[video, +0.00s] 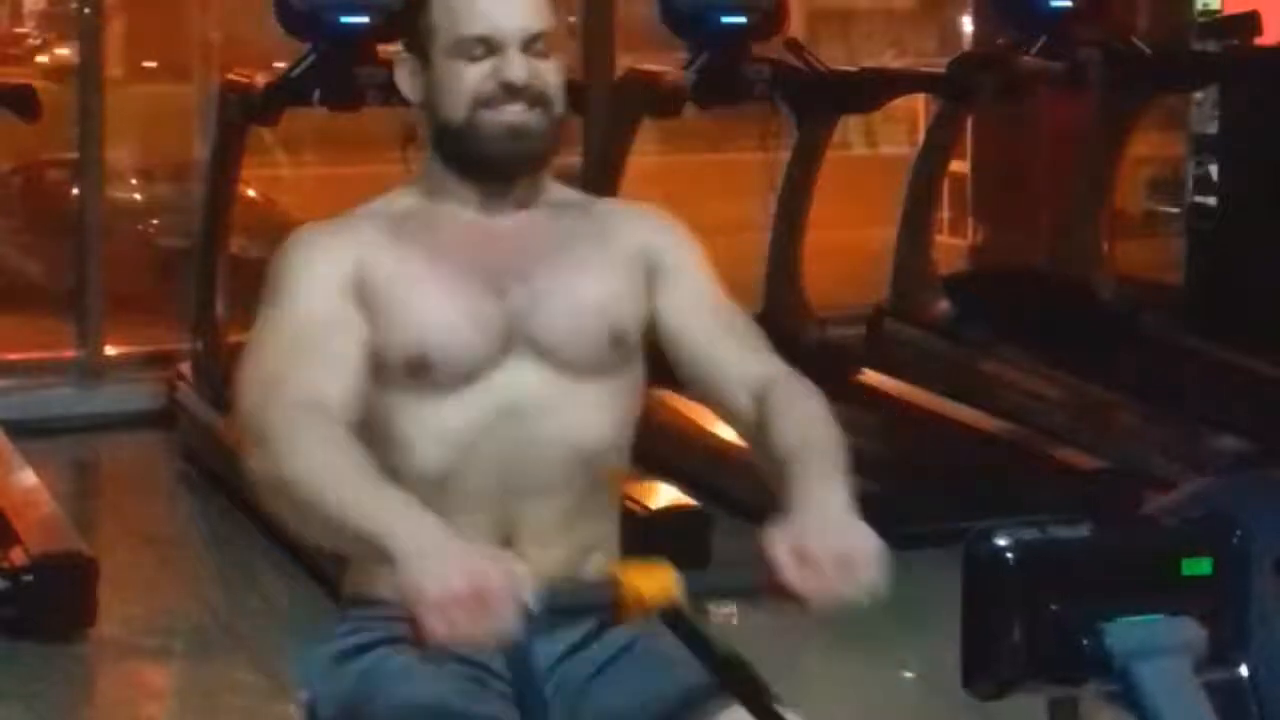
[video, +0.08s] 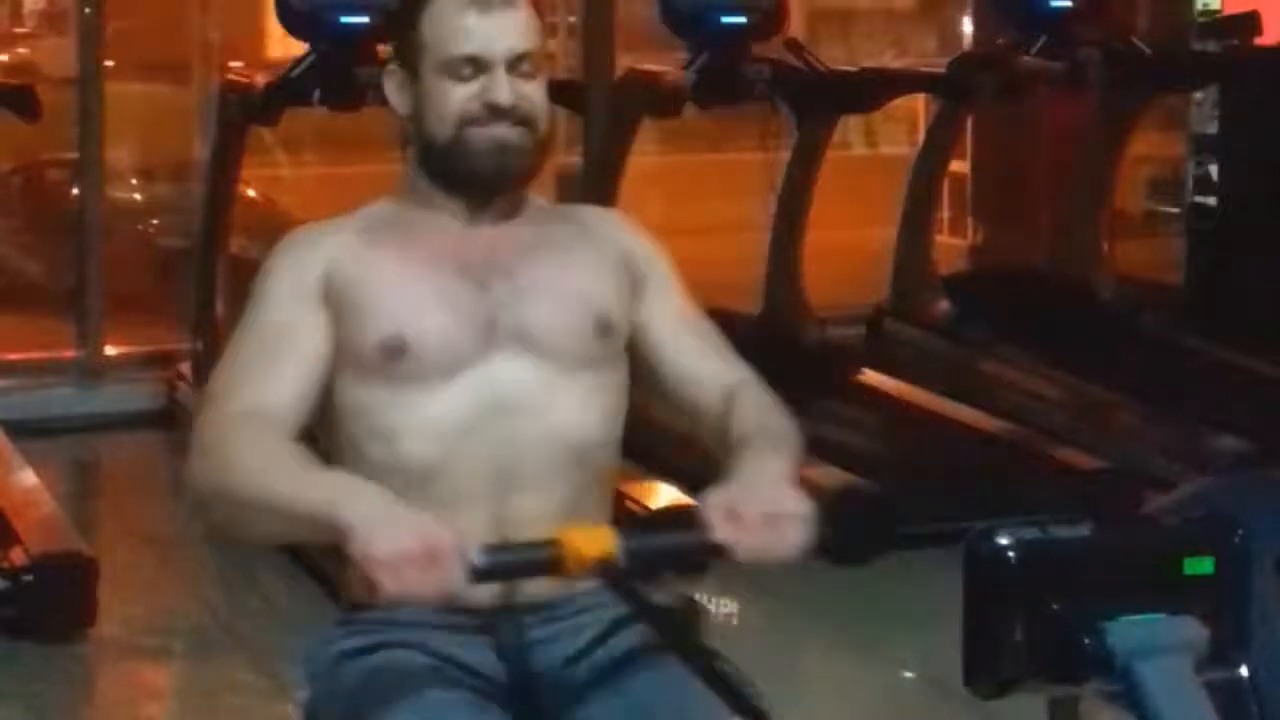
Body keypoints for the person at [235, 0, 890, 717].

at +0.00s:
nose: (516, 76)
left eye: (537, 50)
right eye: (476, 52)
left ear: (566, 70)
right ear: (412, 76)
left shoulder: (640, 242)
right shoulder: (335, 257)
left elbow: (769, 389)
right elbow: (289, 434)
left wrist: (822, 502)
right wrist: (423, 546)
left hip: (601, 624)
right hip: (413, 631)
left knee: (733, 710)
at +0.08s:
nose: (502, 94)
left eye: (524, 70)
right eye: (466, 72)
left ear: (548, 88)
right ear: (401, 91)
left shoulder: (610, 247)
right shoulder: (324, 260)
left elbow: (741, 400)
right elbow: (228, 456)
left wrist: (760, 474)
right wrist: (361, 506)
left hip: (601, 622)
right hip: (410, 635)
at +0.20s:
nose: (507, 104)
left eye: (526, 79)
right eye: (470, 79)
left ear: (551, 96)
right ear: (404, 98)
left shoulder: (591, 246)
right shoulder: (321, 260)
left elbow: (690, 406)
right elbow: (189, 446)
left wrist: (697, 476)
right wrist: (315, 503)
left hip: (611, 616)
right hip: (421, 629)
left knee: (741, 708)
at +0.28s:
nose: (509, 106)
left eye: (528, 81)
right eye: (472, 81)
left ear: (551, 96)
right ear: (405, 99)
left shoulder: (590, 247)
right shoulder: (322, 259)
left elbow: (681, 403)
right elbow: (191, 440)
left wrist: (690, 473)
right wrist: (314, 503)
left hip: (613, 615)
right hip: (418, 630)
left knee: (749, 711)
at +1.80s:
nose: (522, 81)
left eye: (543, 53)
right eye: (483, 56)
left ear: (570, 72)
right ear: (418, 77)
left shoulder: (640, 244)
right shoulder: (336, 255)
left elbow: (767, 395)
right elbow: (279, 434)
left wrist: (813, 497)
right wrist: (415, 543)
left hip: (598, 613)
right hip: (412, 626)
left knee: (738, 713)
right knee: (437, 707)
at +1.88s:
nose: (512, 88)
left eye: (533, 60)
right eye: (475, 62)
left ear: (558, 78)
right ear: (413, 81)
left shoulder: (626, 241)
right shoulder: (329, 253)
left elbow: (753, 392)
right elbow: (256, 438)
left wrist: (791, 479)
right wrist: (394, 518)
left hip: (602, 614)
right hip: (410, 628)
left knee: (734, 708)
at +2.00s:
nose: (495, 92)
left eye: (514, 64)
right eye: (458, 68)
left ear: (536, 78)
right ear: (395, 88)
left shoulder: (589, 239)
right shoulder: (315, 253)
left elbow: (696, 394)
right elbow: (184, 438)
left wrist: (699, 470)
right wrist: (317, 500)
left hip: (602, 621)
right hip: (413, 635)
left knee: (710, 705)